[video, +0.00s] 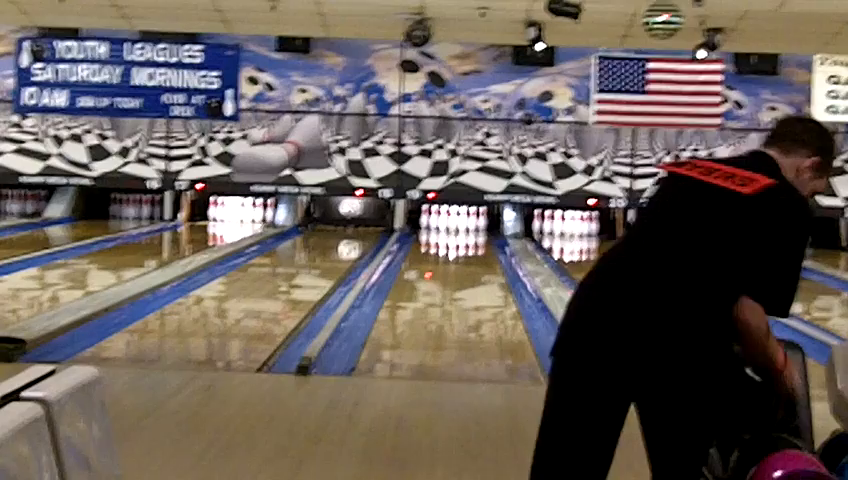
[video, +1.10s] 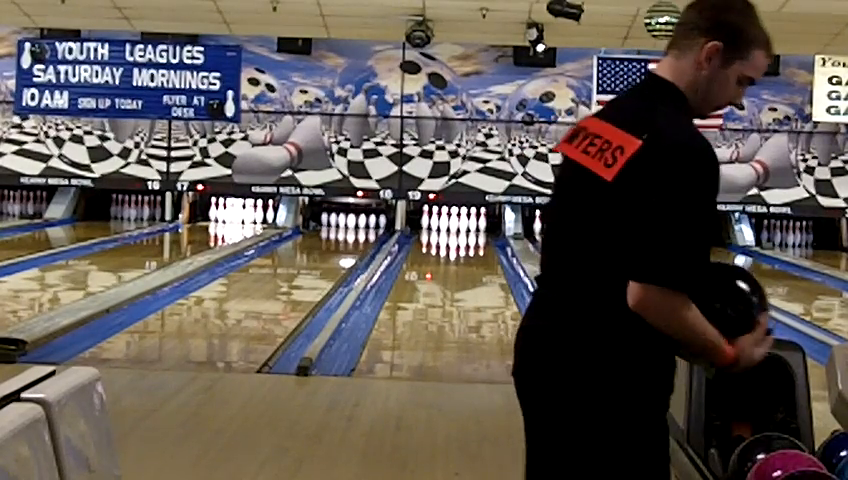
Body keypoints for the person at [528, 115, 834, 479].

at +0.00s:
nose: (810, 199)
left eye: (817, 193)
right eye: (815, 189)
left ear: (766, 146)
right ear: (807, 166)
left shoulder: (691, 169)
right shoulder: (784, 202)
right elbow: (745, 307)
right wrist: (774, 364)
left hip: (597, 320)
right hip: (677, 342)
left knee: (563, 470)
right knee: (682, 472)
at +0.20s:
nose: (789, 170)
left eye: (796, 162)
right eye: (795, 159)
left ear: (743, 121)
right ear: (784, 139)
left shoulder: (656, 154)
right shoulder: (764, 195)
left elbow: (604, 244)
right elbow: (721, 303)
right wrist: (735, 359)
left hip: (583, 337)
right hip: (669, 354)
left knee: (569, 479)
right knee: (674, 478)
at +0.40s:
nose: (738, 118)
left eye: (743, 107)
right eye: (742, 104)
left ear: (683, 82)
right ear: (727, 93)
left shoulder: (599, 140)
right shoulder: (717, 176)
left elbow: (549, 256)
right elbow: (693, 301)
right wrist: (698, 371)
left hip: (555, 360)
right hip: (643, 372)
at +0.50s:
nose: (712, 89)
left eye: (715, 77)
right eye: (711, 74)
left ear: (646, 62)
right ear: (686, 66)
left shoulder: (573, 127)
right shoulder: (685, 149)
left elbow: (538, 233)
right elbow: (673, 280)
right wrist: (721, 342)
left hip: (546, 337)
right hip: (629, 350)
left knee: (547, 475)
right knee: (638, 476)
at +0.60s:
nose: (688, 92)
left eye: (695, 80)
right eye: (692, 78)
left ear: (626, 49)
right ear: (670, 56)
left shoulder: (561, 120)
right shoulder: (659, 133)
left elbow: (544, 242)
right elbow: (674, 263)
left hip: (538, 345)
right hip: (622, 354)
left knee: (545, 477)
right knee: (636, 477)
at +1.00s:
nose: (720, 96)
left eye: (728, 84)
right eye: (723, 79)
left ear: (683, 51)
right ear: (691, 52)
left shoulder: (593, 114)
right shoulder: (669, 142)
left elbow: (539, 245)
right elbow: (637, 278)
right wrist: (710, 326)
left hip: (542, 340)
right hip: (611, 358)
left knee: (549, 477)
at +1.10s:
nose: (739, 100)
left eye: (749, 87)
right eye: (743, 81)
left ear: (703, 52)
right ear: (710, 55)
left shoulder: (608, 115)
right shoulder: (685, 151)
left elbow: (573, 242)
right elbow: (651, 294)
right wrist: (727, 354)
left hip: (551, 347)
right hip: (618, 368)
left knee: (556, 478)